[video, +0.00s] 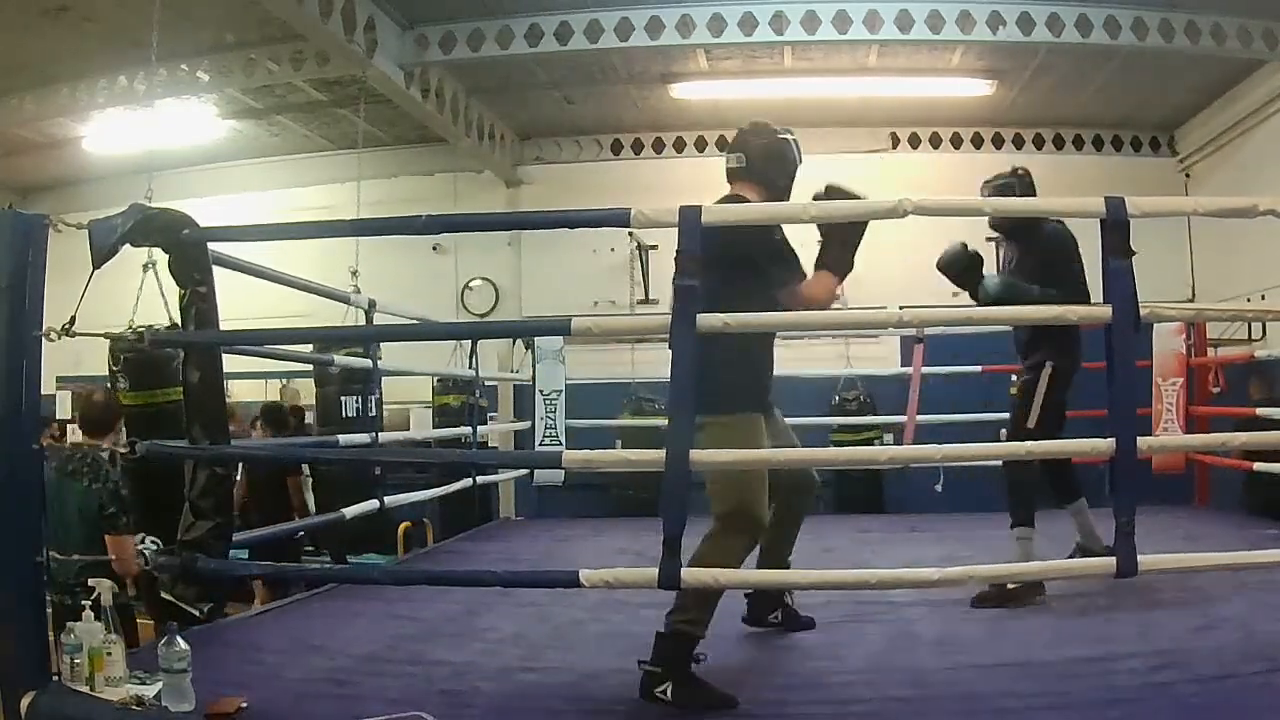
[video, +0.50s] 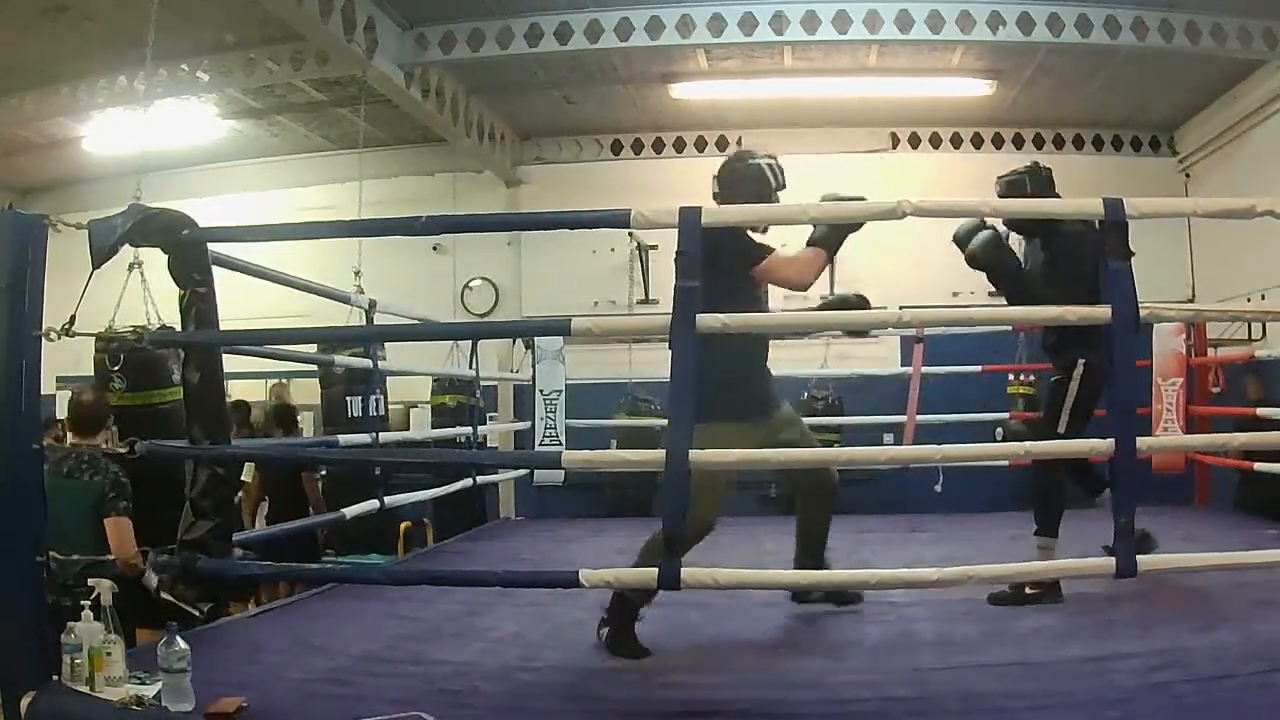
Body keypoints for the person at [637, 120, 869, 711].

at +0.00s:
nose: (794, 183)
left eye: (793, 174)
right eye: (792, 173)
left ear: (737, 167)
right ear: (781, 172)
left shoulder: (718, 222)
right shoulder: (752, 223)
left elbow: (789, 295)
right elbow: (811, 298)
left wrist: (828, 243)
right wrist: (842, 237)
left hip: (742, 398)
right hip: (729, 401)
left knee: (796, 487)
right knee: (740, 521)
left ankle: (767, 600)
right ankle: (670, 663)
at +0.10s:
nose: (789, 182)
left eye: (787, 172)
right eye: (788, 171)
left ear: (733, 168)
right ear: (777, 171)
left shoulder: (714, 223)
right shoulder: (749, 223)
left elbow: (779, 300)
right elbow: (792, 301)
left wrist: (822, 268)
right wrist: (831, 263)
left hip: (746, 398)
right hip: (729, 400)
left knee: (795, 491)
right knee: (738, 519)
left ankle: (778, 593)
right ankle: (671, 663)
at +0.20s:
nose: (788, 196)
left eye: (787, 186)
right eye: (786, 185)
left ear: (736, 177)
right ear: (773, 182)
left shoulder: (725, 227)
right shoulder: (742, 227)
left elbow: (775, 298)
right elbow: (789, 302)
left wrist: (808, 266)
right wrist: (821, 267)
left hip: (746, 403)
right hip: (720, 405)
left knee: (785, 500)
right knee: (713, 528)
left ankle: (785, 601)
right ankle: (670, 663)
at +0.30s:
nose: (789, 192)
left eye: (788, 183)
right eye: (785, 182)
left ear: (744, 179)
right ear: (768, 179)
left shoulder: (752, 231)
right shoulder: (733, 227)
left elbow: (782, 299)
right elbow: (781, 300)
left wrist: (819, 272)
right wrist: (812, 266)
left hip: (751, 396)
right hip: (717, 396)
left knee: (793, 494)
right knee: (703, 513)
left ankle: (785, 598)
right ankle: (672, 641)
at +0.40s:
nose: (781, 189)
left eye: (782, 181)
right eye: (780, 179)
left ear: (736, 172)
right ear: (765, 176)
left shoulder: (737, 221)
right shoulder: (727, 219)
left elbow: (765, 302)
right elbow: (784, 290)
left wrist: (815, 294)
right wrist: (808, 244)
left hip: (757, 385)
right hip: (724, 386)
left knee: (802, 480)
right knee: (718, 492)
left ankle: (786, 594)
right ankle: (647, 596)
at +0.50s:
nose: (770, 208)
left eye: (771, 199)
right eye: (765, 198)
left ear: (729, 192)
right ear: (745, 195)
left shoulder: (736, 241)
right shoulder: (717, 238)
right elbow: (799, 275)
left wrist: (825, 239)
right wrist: (831, 232)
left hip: (760, 401)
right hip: (715, 407)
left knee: (818, 476)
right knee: (697, 517)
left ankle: (809, 574)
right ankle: (620, 614)